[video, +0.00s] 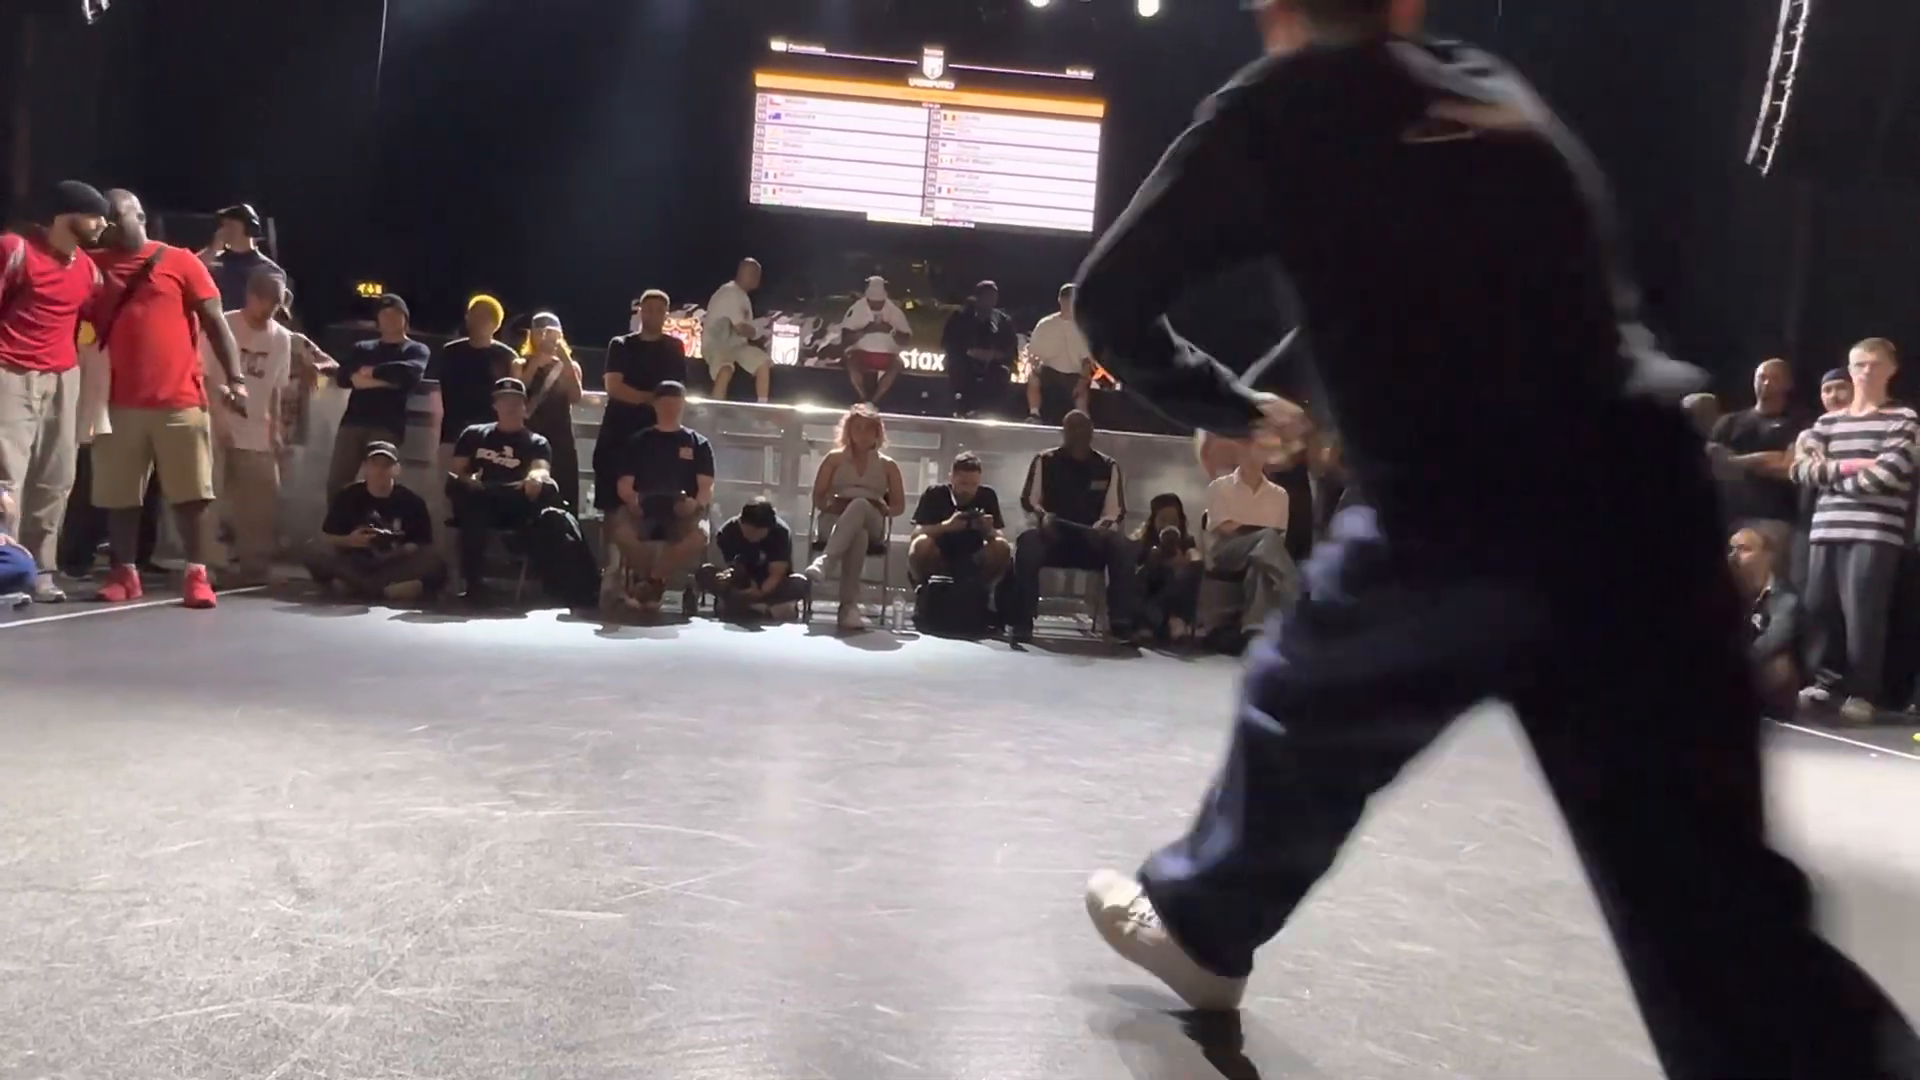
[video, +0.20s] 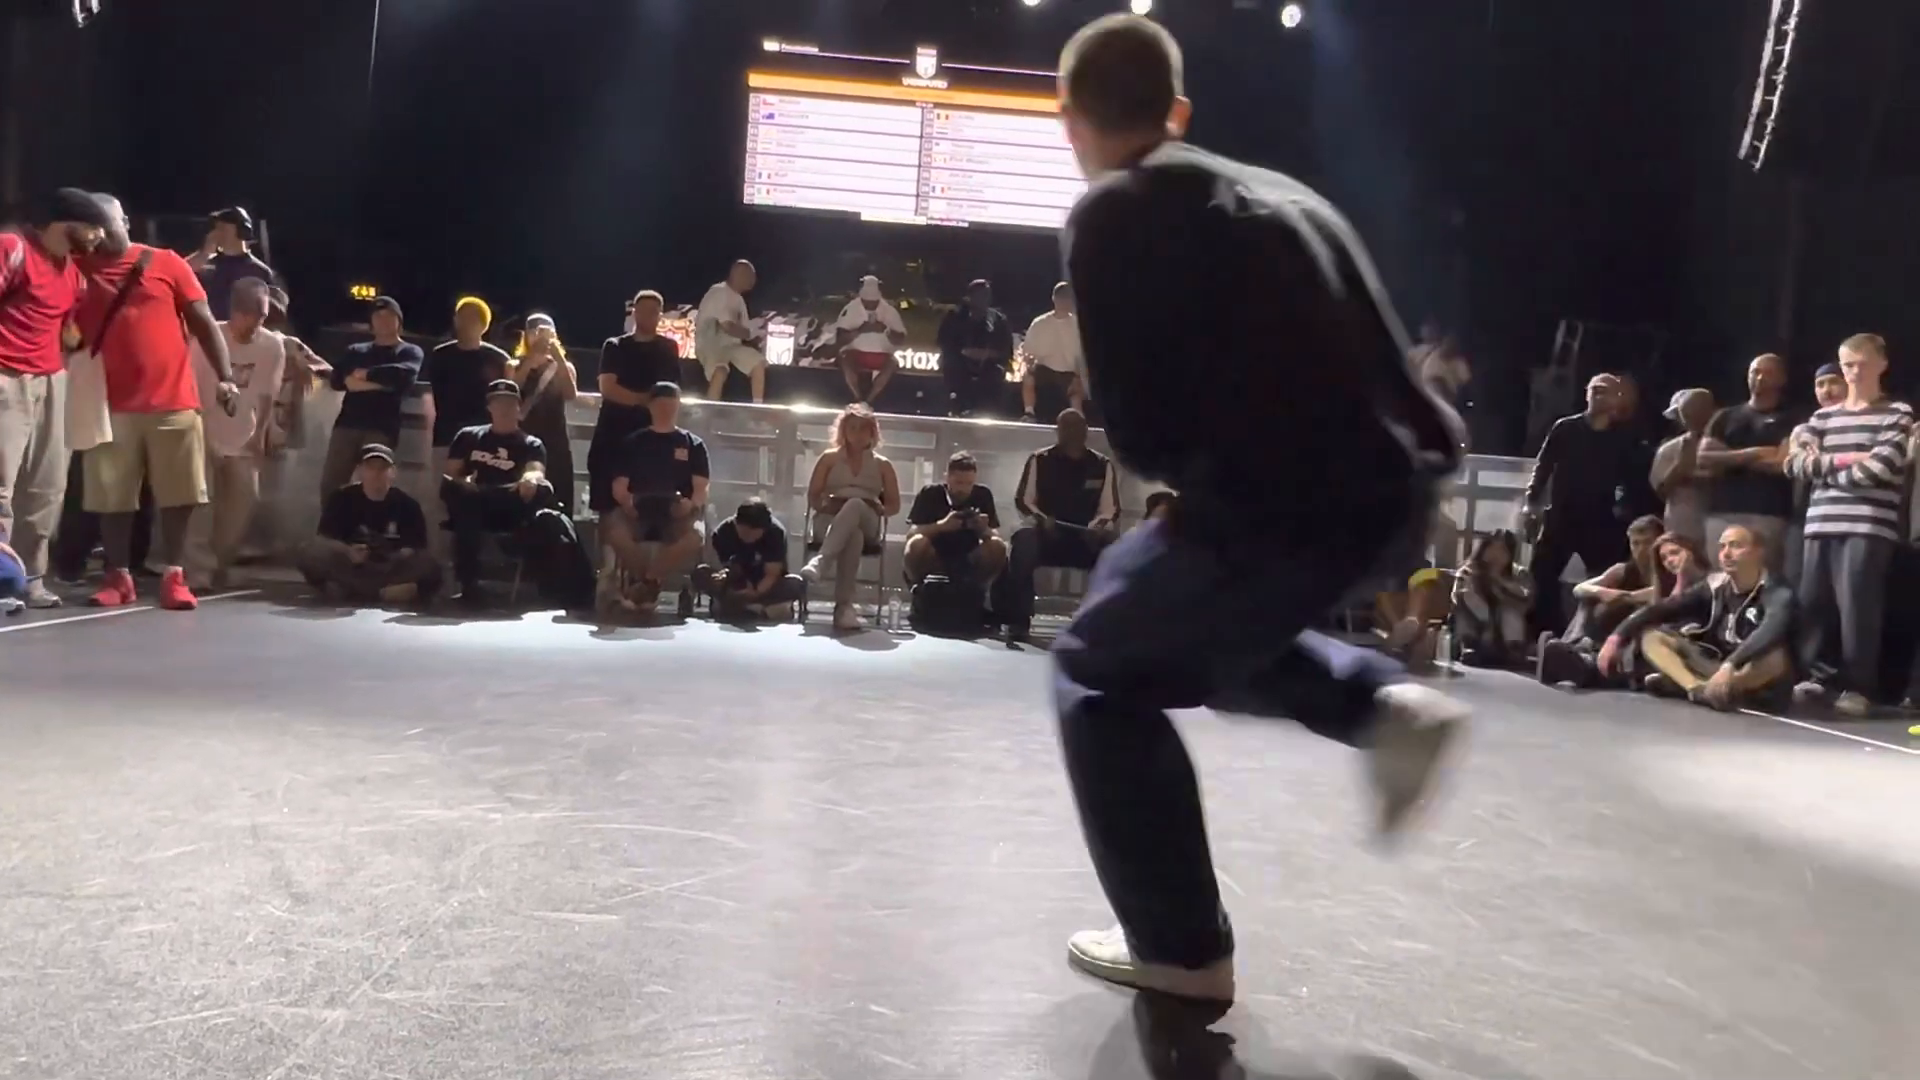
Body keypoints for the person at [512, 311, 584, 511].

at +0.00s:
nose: (547, 337)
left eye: (552, 331)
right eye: (541, 332)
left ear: (560, 335)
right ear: (532, 335)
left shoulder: (569, 366)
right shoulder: (521, 364)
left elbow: (575, 396)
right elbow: (515, 394)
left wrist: (564, 356)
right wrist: (535, 364)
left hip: (560, 436)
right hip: (529, 434)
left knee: (565, 495)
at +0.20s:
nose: (541, 333)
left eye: (547, 329)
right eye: (535, 329)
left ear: (555, 335)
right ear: (526, 335)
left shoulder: (563, 366)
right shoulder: (515, 365)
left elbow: (570, 393)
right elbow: (510, 392)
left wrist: (558, 355)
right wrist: (532, 360)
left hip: (555, 439)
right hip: (523, 438)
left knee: (560, 497)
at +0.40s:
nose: (535, 337)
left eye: (540, 332)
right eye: (528, 332)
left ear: (547, 338)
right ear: (519, 339)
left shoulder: (555, 369)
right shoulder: (508, 368)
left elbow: (564, 394)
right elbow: (499, 396)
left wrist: (552, 357)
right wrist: (522, 361)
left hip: (549, 447)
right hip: (516, 448)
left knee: (554, 509)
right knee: (515, 508)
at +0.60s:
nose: (535, 354)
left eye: (540, 349)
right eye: (529, 348)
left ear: (548, 351)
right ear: (520, 351)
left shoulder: (555, 378)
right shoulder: (511, 379)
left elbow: (565, 398)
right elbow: (499, 399)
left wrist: (551, 359)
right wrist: (521, 361)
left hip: (549, 456)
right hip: (517, 457)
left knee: (555, 519)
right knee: (517, 518)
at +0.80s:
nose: (528, 344)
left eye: (533, 338)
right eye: (522, 338)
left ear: (541, 343)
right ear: (513, 341)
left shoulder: (548, 372)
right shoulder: (505, 371)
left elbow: (559, 382)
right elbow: (490, 390)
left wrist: (546, 344)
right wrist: (510, 354)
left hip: (542, 440)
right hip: (511, 440)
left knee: (549, 502)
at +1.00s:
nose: (528, 349)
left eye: (533, 345)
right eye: (523, 344)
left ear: (541, 350)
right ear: (513, 349)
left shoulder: (548, 379)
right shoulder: (507, 378)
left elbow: (559, 384)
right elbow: (497, 387)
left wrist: (544, 348)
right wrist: (515, 350)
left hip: (545, 447)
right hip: (514, 447)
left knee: (552, 509)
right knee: (514, 507)